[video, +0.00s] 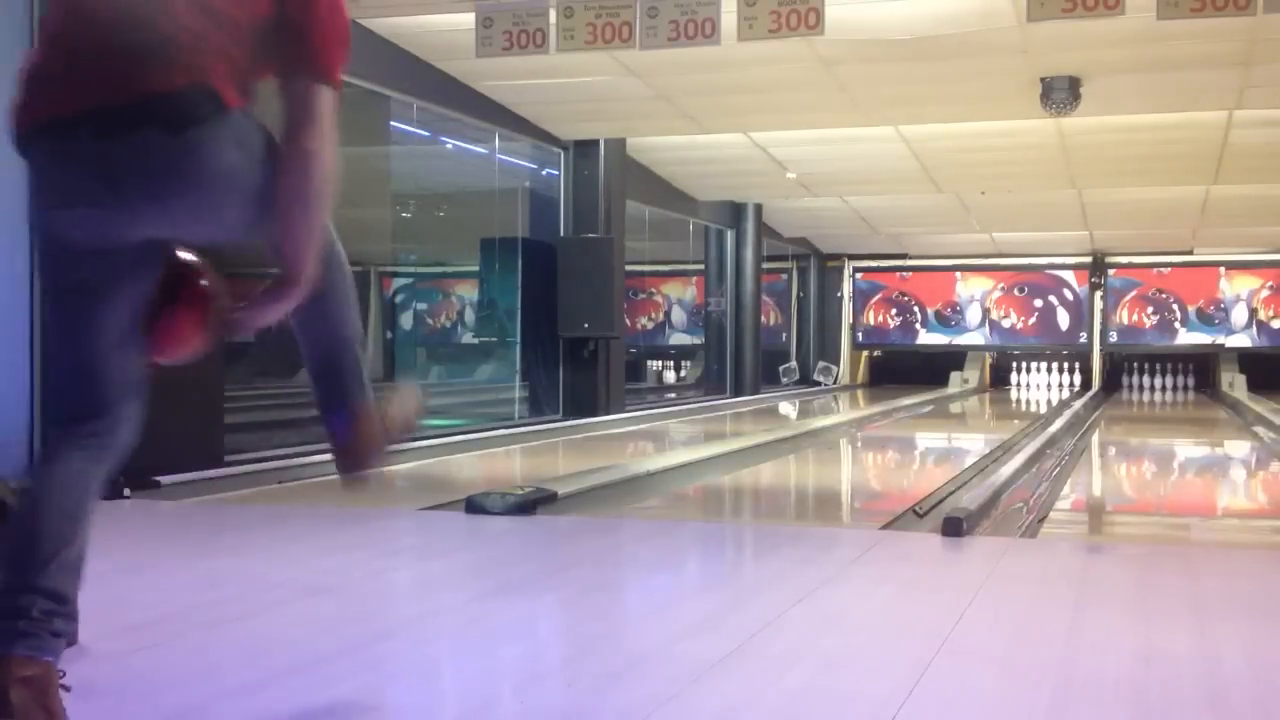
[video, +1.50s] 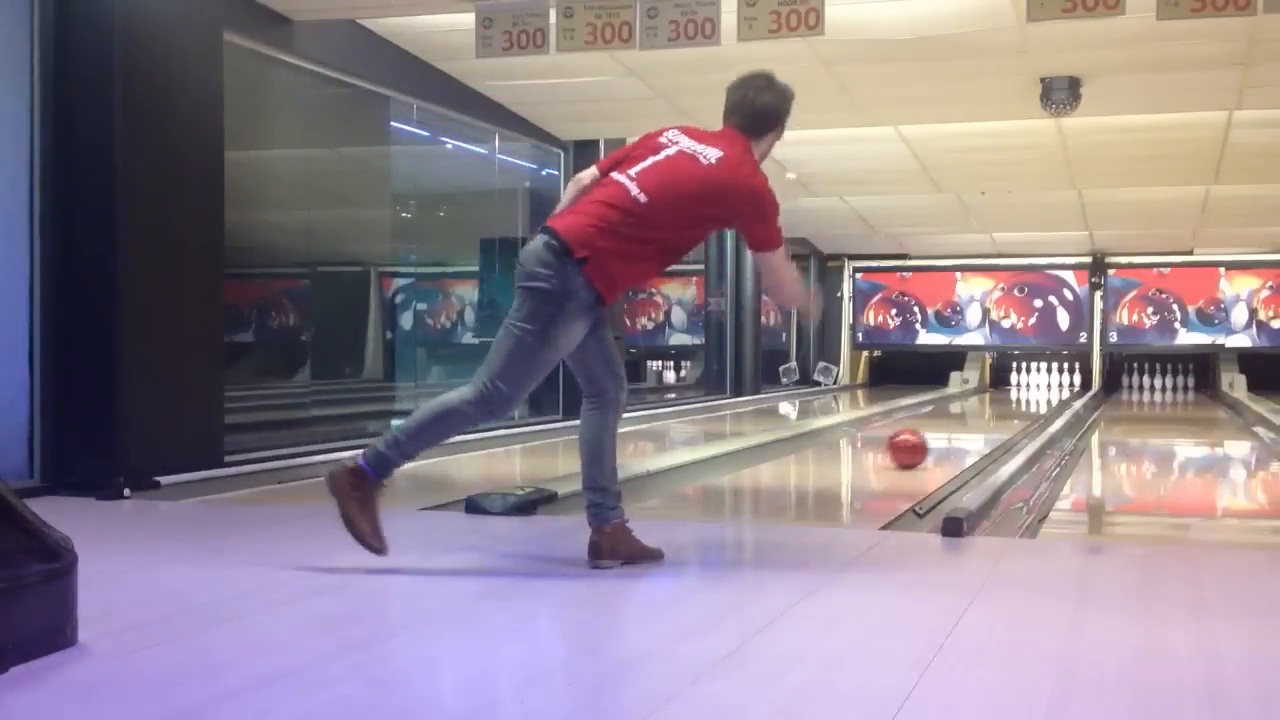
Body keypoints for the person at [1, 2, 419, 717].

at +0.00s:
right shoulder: (306, 3)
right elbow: (309, 134)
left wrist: (156, 262)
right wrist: (296, 277)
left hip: (62, 161)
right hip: (186, 145)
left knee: (90, 421)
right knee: (311, 239)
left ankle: (28, 650)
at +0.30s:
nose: (514, 32)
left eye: (519, 21)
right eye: (515, 17)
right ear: (491, 6)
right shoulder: (453, 28)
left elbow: (218, 82)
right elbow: (351, 24)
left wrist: (170, 157)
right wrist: (243, 134)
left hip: (255, 257)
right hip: (344, 253)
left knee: (207, 465)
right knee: (415, 423)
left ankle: (77, 606)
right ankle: (407, 605)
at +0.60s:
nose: (656, 144)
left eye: (662, 132)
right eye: (658, 129)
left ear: (611, 105)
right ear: (637, 120)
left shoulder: (560, 131)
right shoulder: (580, 143)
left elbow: (428, 162)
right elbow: (493, 153)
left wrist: (351, 228)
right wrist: (446, 216)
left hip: (385, 278)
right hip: (424, 286)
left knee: (461, 439)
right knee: (477, 450)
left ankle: (410, 585)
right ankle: (413, 604)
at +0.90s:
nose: (749, 224)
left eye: (752, 213)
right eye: (753, 213)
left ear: (704, 186)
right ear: (741, 211)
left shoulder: (635, 195)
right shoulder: (685, 260)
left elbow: (536, 200)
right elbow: (630, 349)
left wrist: (468, 248)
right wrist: (637, 437)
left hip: (485, 312)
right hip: (522, 339)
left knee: (582, 389)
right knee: (492, 493)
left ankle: (610, 532)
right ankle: (414, 521)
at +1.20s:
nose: (778, 196)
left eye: (775, 183)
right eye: (779, 188)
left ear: (729, 161)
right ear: (767, 185)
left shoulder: (667, 165)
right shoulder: (735, 224)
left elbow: (571, 181)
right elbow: (781, 272)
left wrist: (506, 233)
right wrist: (809, 200)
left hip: (524, 259)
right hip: (552, 289)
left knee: (592, 387)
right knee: (453, 402)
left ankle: (605, 528)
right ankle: (310, 439)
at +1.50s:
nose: (781, 144)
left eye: (779, 130)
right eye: (782, 134)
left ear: (728, 113)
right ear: (775, 134)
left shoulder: (673, 136)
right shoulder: (749, 185)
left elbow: (580, 183)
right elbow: (787, 291)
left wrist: (562, 242)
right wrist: (799, 290)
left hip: (562, 263)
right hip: (567, 272)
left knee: (604, 390)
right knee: (492, 396)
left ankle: (608, 531)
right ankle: (362, 475)